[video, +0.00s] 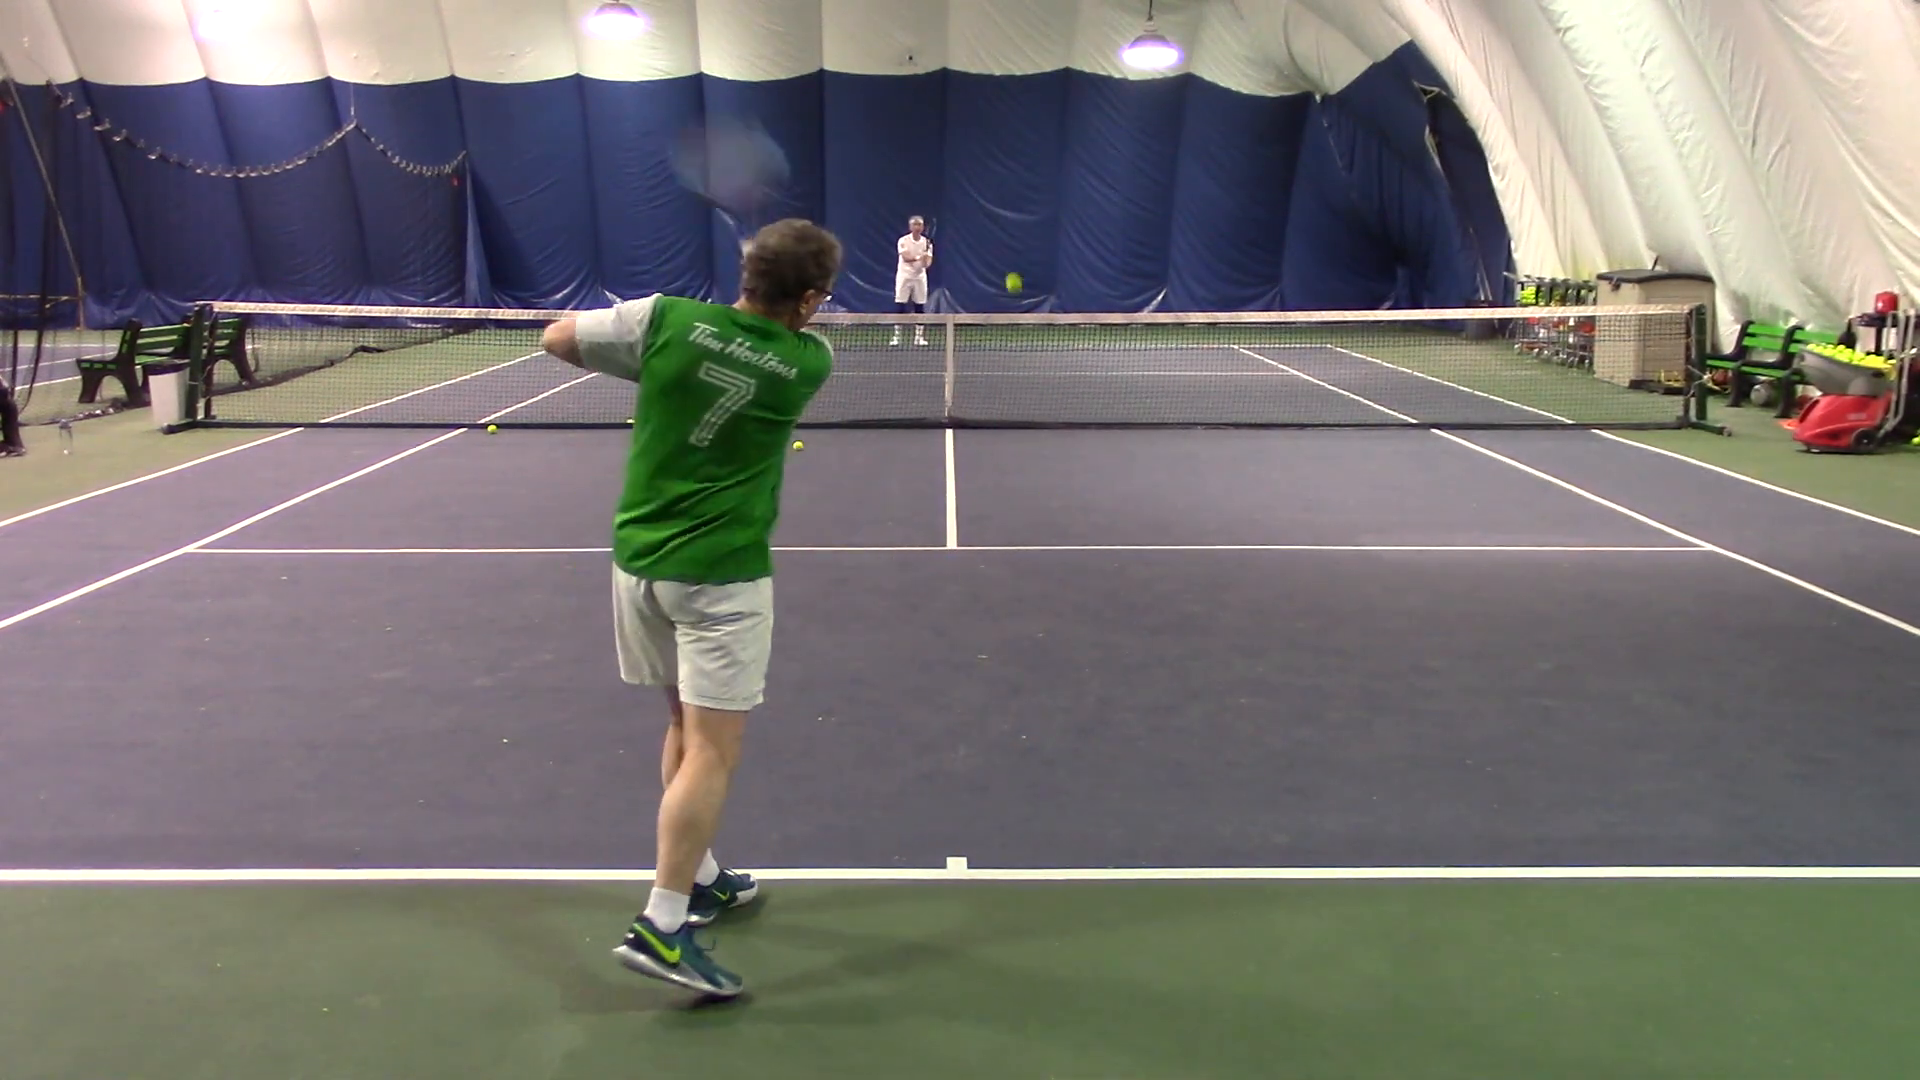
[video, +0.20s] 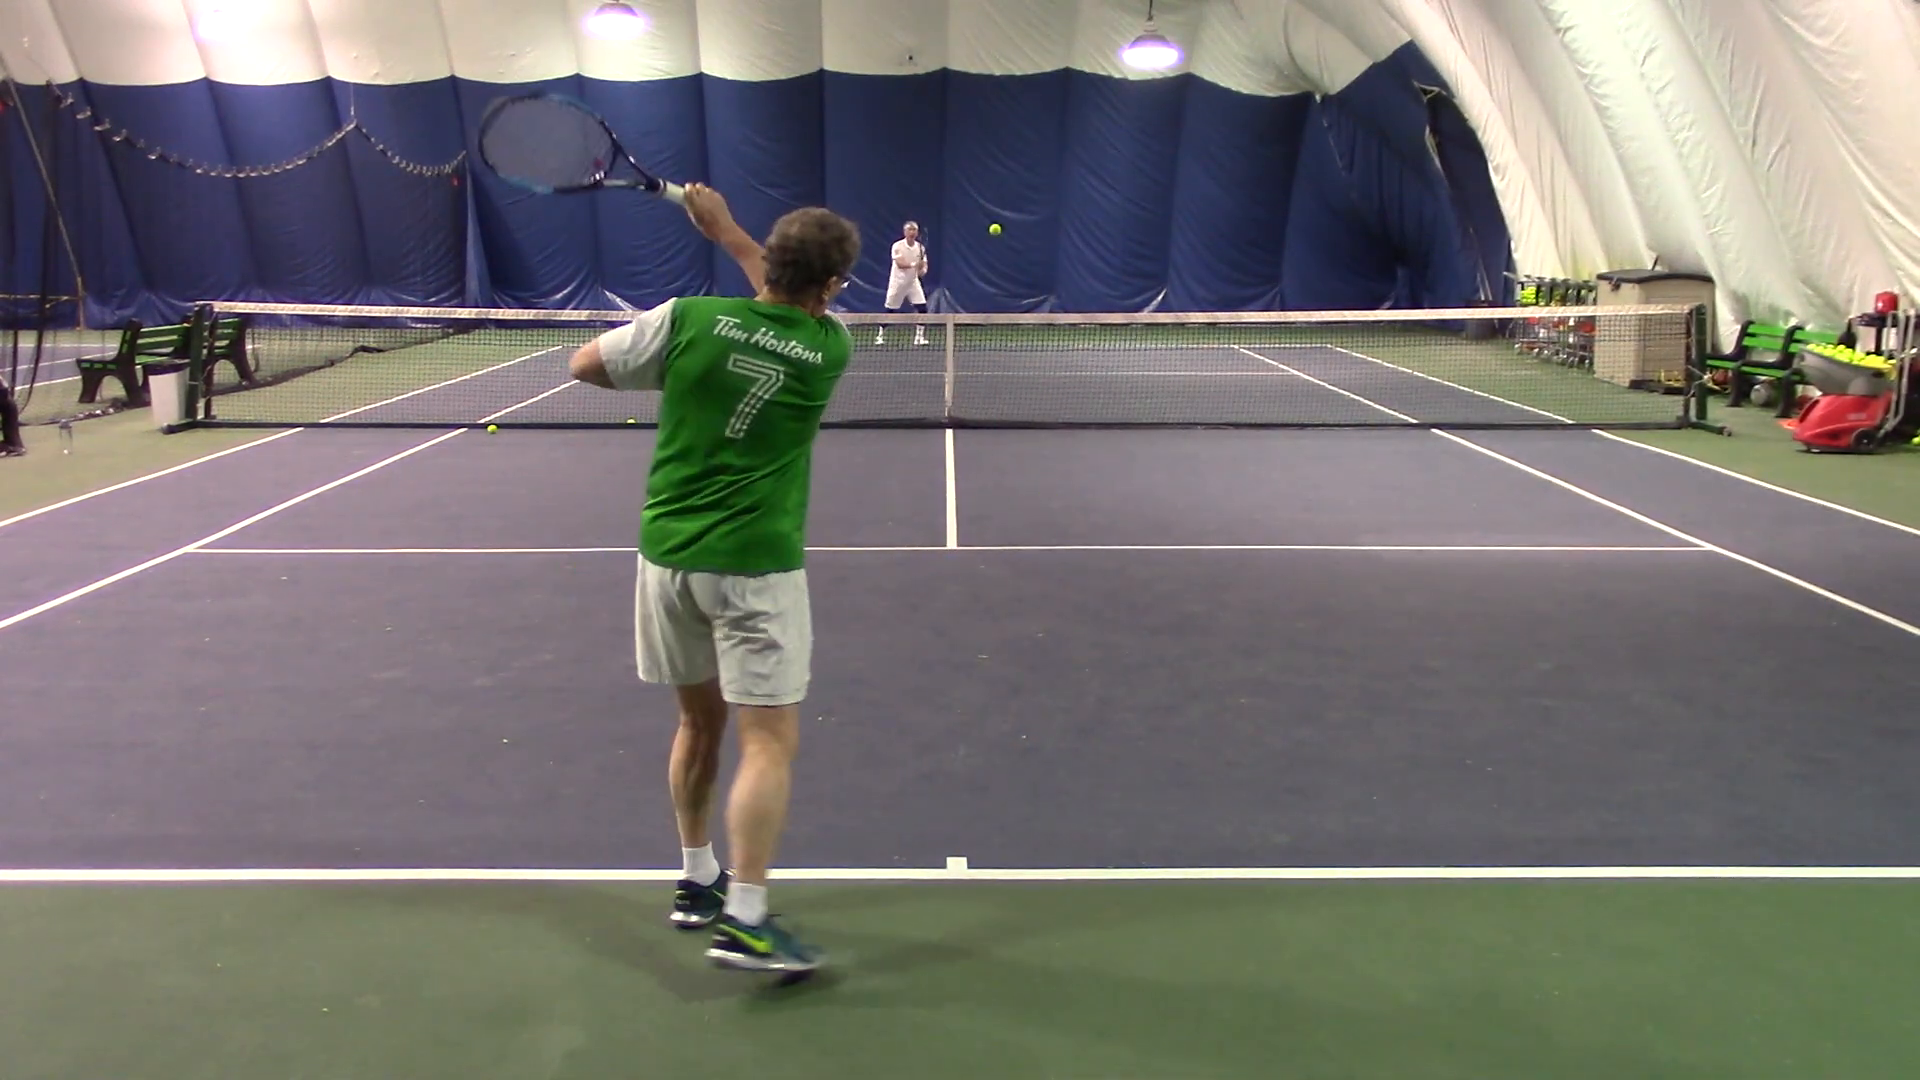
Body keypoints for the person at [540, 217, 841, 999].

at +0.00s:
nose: (825, 299)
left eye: (825, 288)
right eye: (825, 290)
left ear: (745, 277)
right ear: (807, 300)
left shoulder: (666, 320)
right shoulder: (808, 365)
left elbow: (558, 336)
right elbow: (758, 360)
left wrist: (628, 349)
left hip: (640, 562)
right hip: (724, 574)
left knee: (684, 723)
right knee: (711, 750)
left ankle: (699, 878)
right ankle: (659, 923)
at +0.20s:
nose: (840, 293)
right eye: (842, 282)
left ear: (764, 268)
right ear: (828, 288)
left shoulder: (688, 319)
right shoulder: (827, 349)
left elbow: (585, 363)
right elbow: (779, 292)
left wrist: (637, 343)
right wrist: (725, 229)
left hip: (669, 556)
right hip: (760, 565)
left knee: (696, 722)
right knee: (767, 742)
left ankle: (696, 881)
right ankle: (745, 915)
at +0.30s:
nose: (849, 285)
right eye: (851, 276)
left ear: (778, 267)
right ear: (841, 284)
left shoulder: (698, 322)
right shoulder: (841, 349)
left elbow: (606, 381)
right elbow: (795, 302)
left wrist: (668, 347)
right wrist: (739, 254)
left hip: (686, 556)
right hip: (780, 563)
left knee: (705, 723)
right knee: (806, 738)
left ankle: (699, 883)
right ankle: (818, 919)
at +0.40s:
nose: (859, 278)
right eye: (861, 268)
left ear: (786, 265)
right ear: (856, 279)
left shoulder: (716, 324)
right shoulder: (861, 352)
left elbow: (631, 404)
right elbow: (812, 333)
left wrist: (710, 393)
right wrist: (772, 299)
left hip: (708, 558)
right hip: (803, 564)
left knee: (714, 722)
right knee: (836, 737)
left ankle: (698, 883)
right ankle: (858, 917)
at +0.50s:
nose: (874, 270)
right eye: (874, 262)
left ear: (797, 261)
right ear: (867, 272)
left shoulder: (734, 331)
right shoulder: (885, 351)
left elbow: (666, 432)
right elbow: (884, 423)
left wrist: (739, 417)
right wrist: (809, 394)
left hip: (732, 565)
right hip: (829, 571)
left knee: (721, 726)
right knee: (845, 743)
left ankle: (701, 883)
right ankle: (856, 926)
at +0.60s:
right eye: (885, 257)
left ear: (808, 260)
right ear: (879, 268)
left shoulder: (749, 333)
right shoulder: (897, 349)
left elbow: (696, 445)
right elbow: (911, 453)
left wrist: (768, 436)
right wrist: (837, 443)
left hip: (747, 558)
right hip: (846, 567)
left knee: (740, 717)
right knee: (857, 738)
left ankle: (718, 888)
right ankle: (857, 926)